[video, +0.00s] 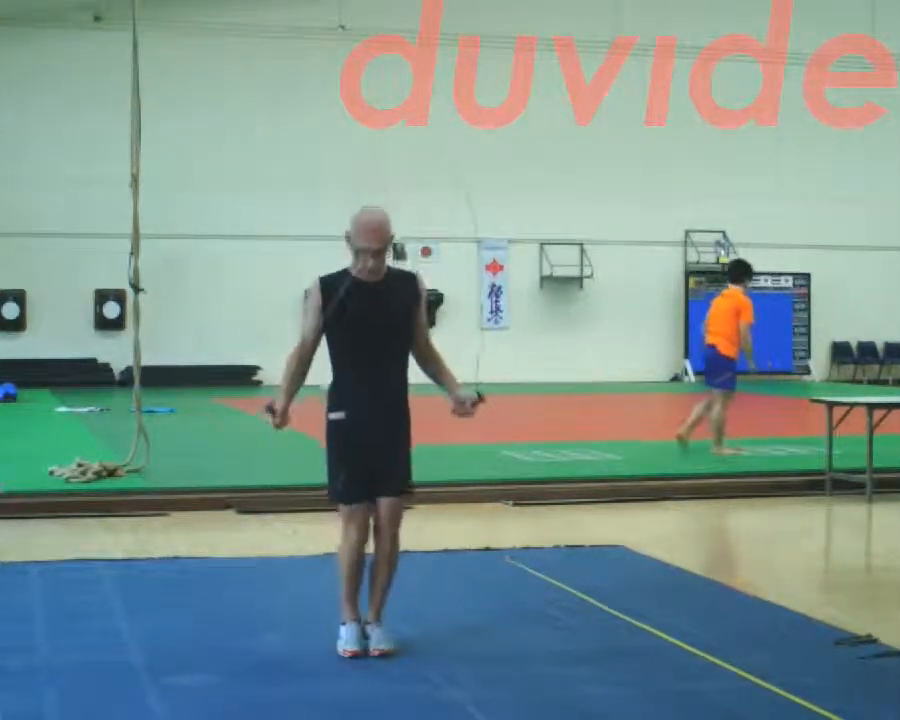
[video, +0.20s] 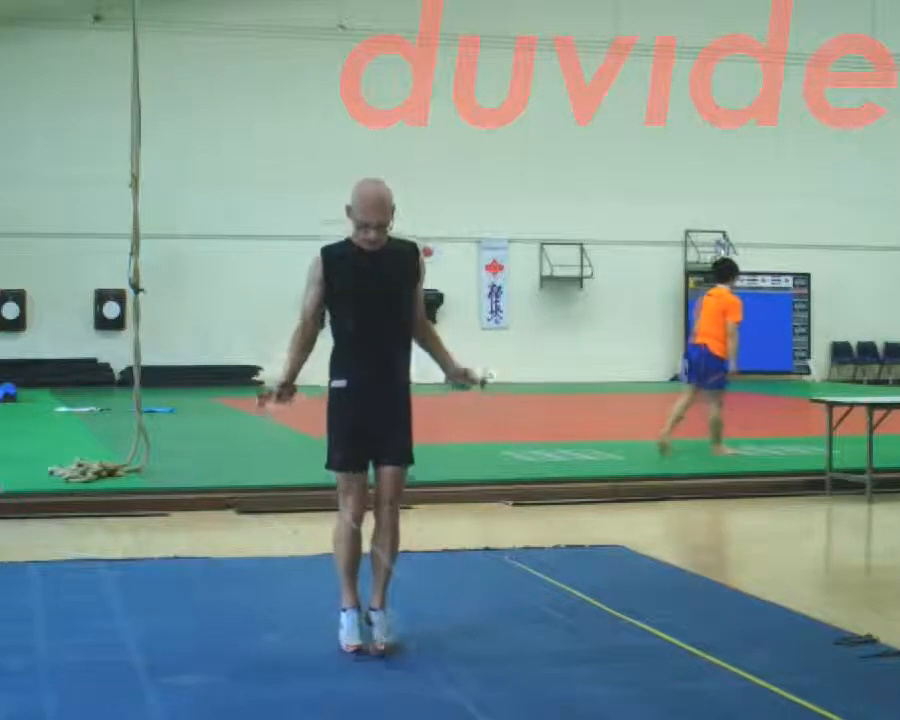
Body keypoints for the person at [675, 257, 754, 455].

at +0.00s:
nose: (750, 282)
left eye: (749, 278)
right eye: (749, 278)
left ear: (729, 277)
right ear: (746, 279)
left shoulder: (719, 298)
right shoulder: (743, 301)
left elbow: (706, 324)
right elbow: (744, 331)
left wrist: (710, 342)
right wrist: (750, 357)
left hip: (711, 348)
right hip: (725, 351)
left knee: (714, 395)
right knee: (721, 398)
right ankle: (718, 444)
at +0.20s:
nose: (736, 279)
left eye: (734, 276)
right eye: (736, 276)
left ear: (716, 276)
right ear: (733, 277)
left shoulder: (706, 297)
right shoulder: (732, 301)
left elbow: (697, 324)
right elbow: (732, 333)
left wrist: (695, 344)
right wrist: (733, 362)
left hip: (695, 348)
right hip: (714, 352)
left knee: (691, 392)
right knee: (716, 400)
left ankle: (666, 433)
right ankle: (717, 444)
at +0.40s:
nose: (730, 279)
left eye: (729, 276)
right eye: (729, 276)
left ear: (708, 276)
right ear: (725, 277)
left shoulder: (700, 297)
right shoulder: (723, 301)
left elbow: (694, 326)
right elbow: (721, 333)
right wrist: (722, 361)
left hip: (688, 349)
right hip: (706, 353)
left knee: (679, 395)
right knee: (715, 400)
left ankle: (662, 436)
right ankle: (716, 444)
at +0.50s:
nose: (730, 278)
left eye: (729, 275)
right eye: (729, 275)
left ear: (708, 275)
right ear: (725, 277)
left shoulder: (700, 297)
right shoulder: (723, 300)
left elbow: (692, 325)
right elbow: (720, 330)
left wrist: (691, 346)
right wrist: (723, 360)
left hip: (689, 349)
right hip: (708, 352)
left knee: (681, 395)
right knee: (715, 400)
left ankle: (663, 436)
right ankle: (713, 444)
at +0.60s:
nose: (733, 279)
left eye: (733, 276)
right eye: (732, 276)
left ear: (712, 275)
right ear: (728, 277)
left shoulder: (702, 297)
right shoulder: (725, 301)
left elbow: (690, 324)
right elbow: (724, 331)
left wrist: (698, 342)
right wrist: (727, 360)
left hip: (694, 349)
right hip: (712, 352)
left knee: (688, 395)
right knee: (717, 400)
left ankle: (666, 434)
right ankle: (712, 444)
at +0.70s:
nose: (737, 280)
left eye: (737, 277)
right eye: (736, 277)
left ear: (716, 275)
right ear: (732, 277)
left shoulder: (706, 296)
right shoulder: (729, 301)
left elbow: (691, 319)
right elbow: (731, 332)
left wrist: (703, 335)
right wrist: (734, 360)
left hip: (699, 349)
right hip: (718, 352)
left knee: (696, 400)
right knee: (718, 402)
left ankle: (672, 438)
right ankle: (712, 445)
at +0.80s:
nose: (742, 280)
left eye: (742, 276)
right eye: (742, 277)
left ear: (722, 274)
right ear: (738, 277)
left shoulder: (711, 294)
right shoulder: (735, 300)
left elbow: (693, 316)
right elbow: (737, 330)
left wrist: (708, 329)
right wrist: (746, 359)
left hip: (705, 348)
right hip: (721, 351)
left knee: (710, 396)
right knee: (719, 401)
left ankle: (688, 428)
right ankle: (713, 445)